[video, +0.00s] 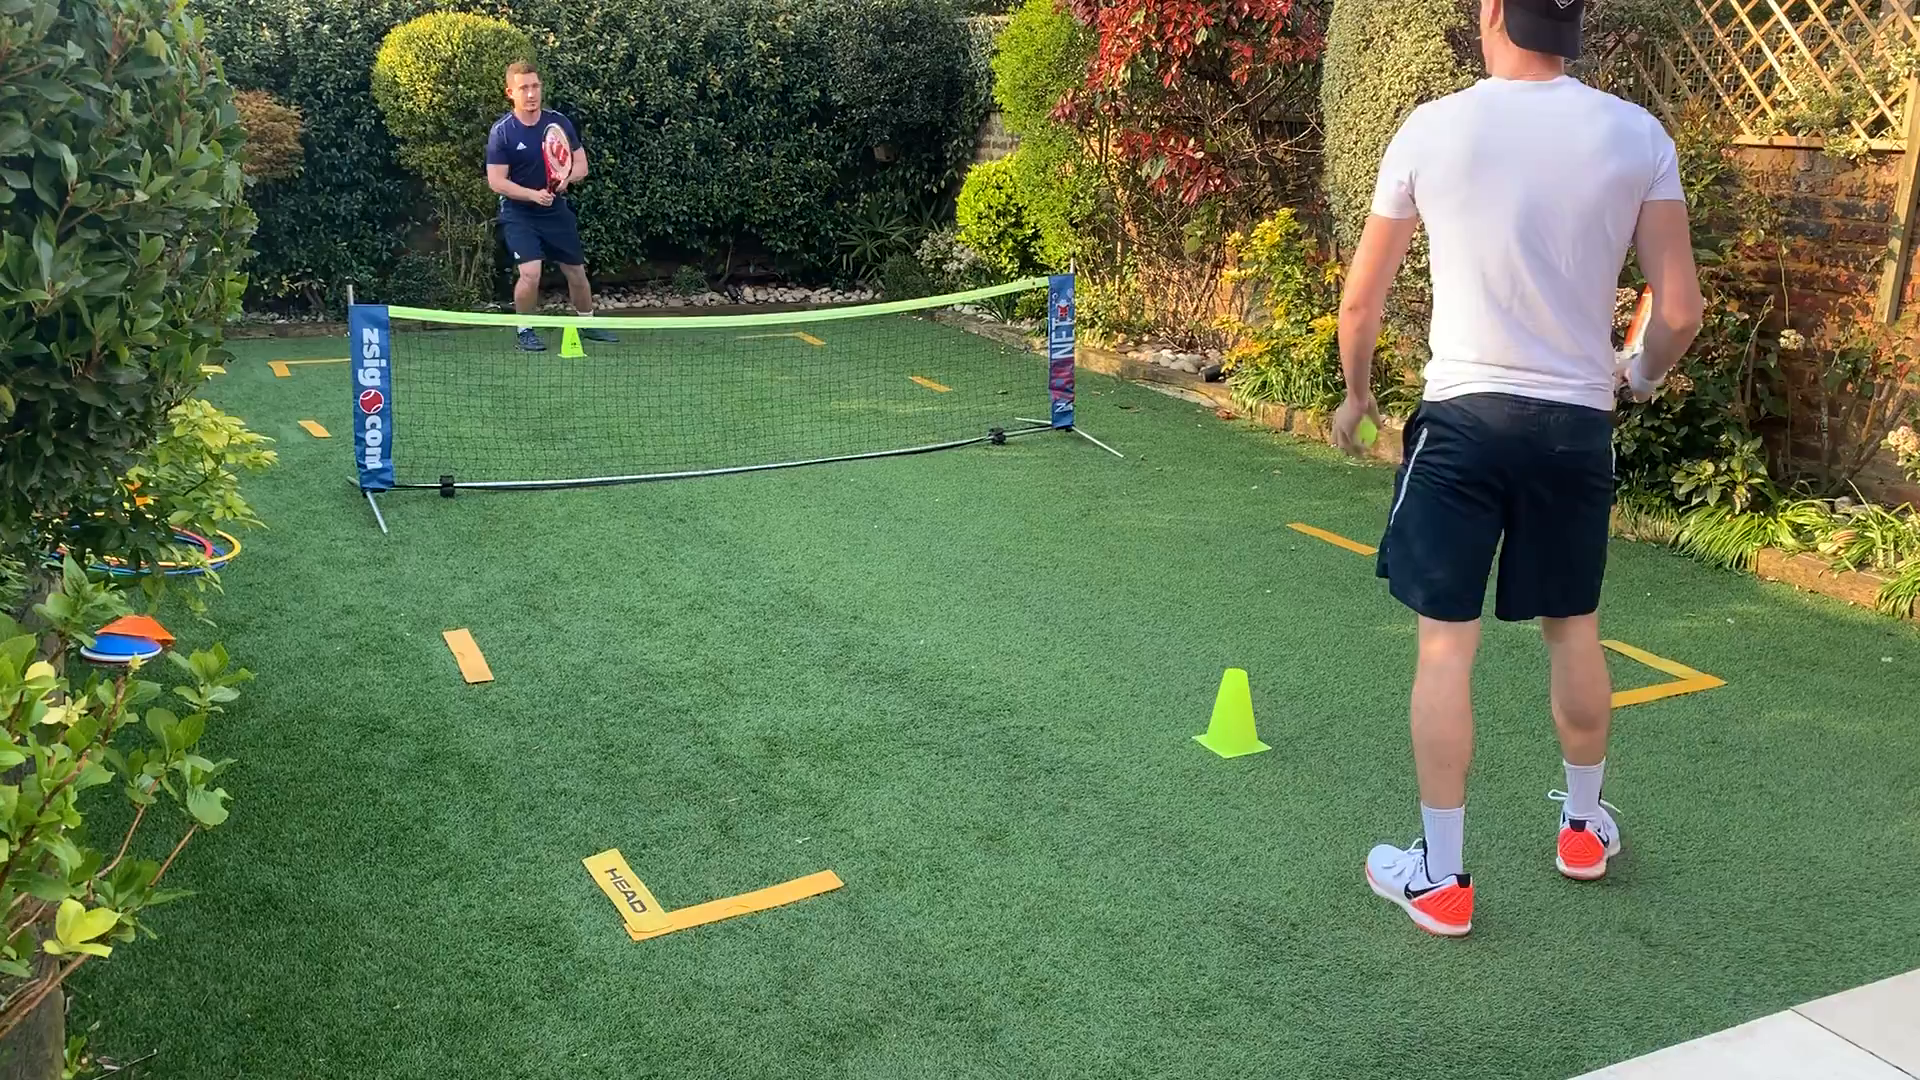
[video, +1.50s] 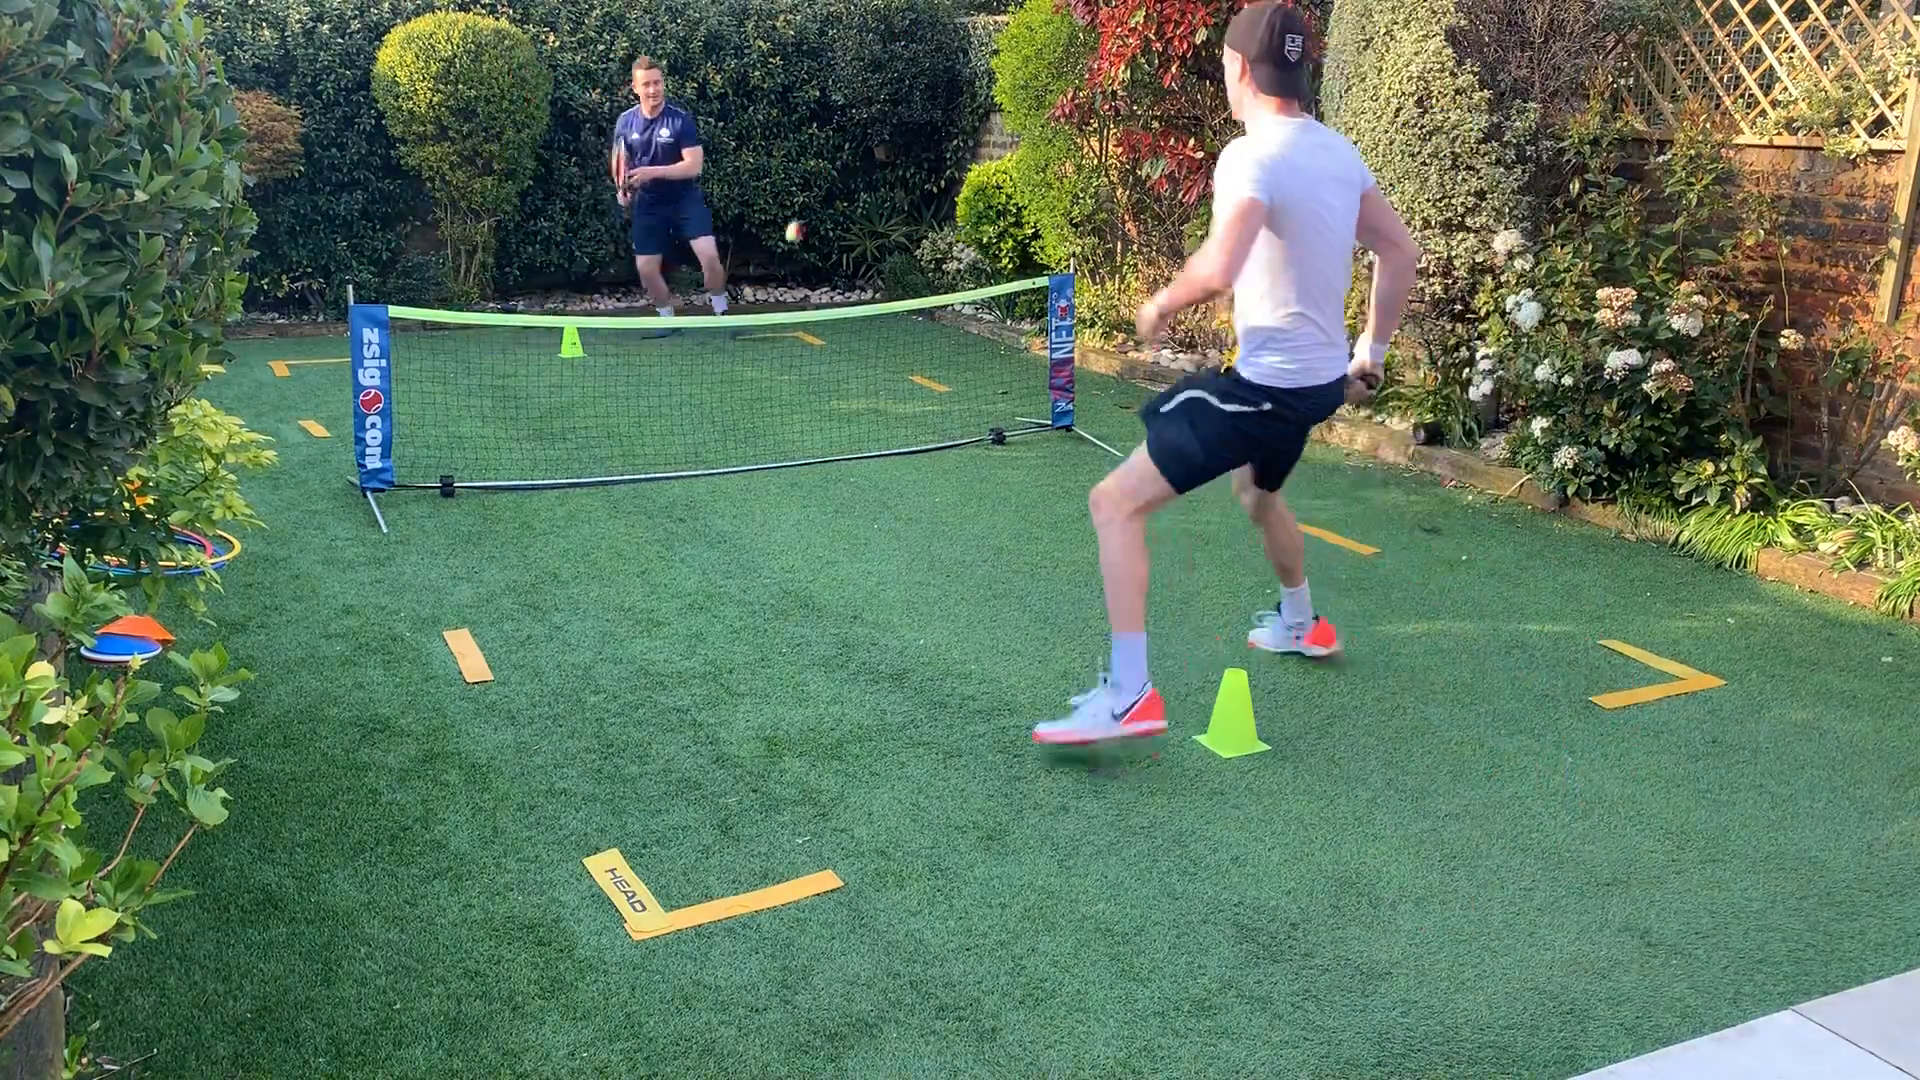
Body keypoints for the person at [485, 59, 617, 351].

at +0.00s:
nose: (532, 93)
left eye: (535, 87)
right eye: (524, 88)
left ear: (541, 89)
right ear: (510, 94)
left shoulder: (559, 122)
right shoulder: (501, 132)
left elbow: (581, 165)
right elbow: (496, 181)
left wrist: (567, 176)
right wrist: (532, 195)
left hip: (557, 208)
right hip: (519, 213)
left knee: (576, 271)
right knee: (531, 273)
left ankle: (587, 325)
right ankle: (525, 330)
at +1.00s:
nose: (562, 107)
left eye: (565, 101)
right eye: (554, 102)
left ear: (570, 104)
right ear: (540, 107)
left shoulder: (582, 139)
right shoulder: (526, 144)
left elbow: (601, 173)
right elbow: (510, 188)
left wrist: (594, 186)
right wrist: (546, 205)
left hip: (576, 213)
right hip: (534, 217)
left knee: (616, 264)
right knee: (517, 273)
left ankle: (628, 323)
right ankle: (496, 327)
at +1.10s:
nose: (583, 106)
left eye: (586, 100)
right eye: (575, 101)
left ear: (590, 104)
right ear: (560, 108)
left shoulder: (605, 141)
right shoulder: (547, 145)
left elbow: (620, 176)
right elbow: (531, 188)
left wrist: (610, 190)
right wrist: (564, 207)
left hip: (599, 218)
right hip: (556, 221)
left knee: (635, 264)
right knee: (530, 276)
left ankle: (649, 320)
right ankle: (498, 327)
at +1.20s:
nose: (605, 101)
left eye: (608, 95)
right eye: (597, 96)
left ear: (613, 98)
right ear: (583, 103)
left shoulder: (630, 133)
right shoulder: (572, 138)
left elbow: (648, 178)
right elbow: (554, 181)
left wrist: (630, 188)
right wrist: (582, 200)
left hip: (625, 212)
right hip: (586, 213)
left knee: (652, 268)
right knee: (554, 271)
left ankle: (650, 323)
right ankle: (517, 327)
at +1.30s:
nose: (621, 91)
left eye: (625, 85)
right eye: (614, 86)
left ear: (630, 87)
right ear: (601, 91)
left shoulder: (649, 122)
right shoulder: (590, 126)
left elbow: (666, 167)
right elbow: (575, 168)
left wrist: (631, 175)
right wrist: (594, 186)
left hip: (647, 204)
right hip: (607, 203)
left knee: (659, 267)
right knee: (592, 261)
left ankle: (653, 321)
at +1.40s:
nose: (636, 84)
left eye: (640, 77)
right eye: (629, 79)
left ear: (646, 79)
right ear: (616, 83)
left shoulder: (664, 113)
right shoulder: (605, 117)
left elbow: (678, 159)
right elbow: (596, 157)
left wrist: (639, 166)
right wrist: (609, 182)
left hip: (666, 195)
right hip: (627, 196)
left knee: (683, 254)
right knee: (620, 260)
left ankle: (670, 313)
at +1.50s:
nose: (653, 89)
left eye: (657, 83)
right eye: (646, 84)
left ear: (663, 84)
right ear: (635, 88)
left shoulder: (681, 120)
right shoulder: (625, 122)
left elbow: (694, 166)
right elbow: (619, 162)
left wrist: (652, 172)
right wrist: (622, 186)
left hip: (685, 198)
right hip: (647, 203)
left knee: (710, 256)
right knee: (646, 269)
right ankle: (668, 320)